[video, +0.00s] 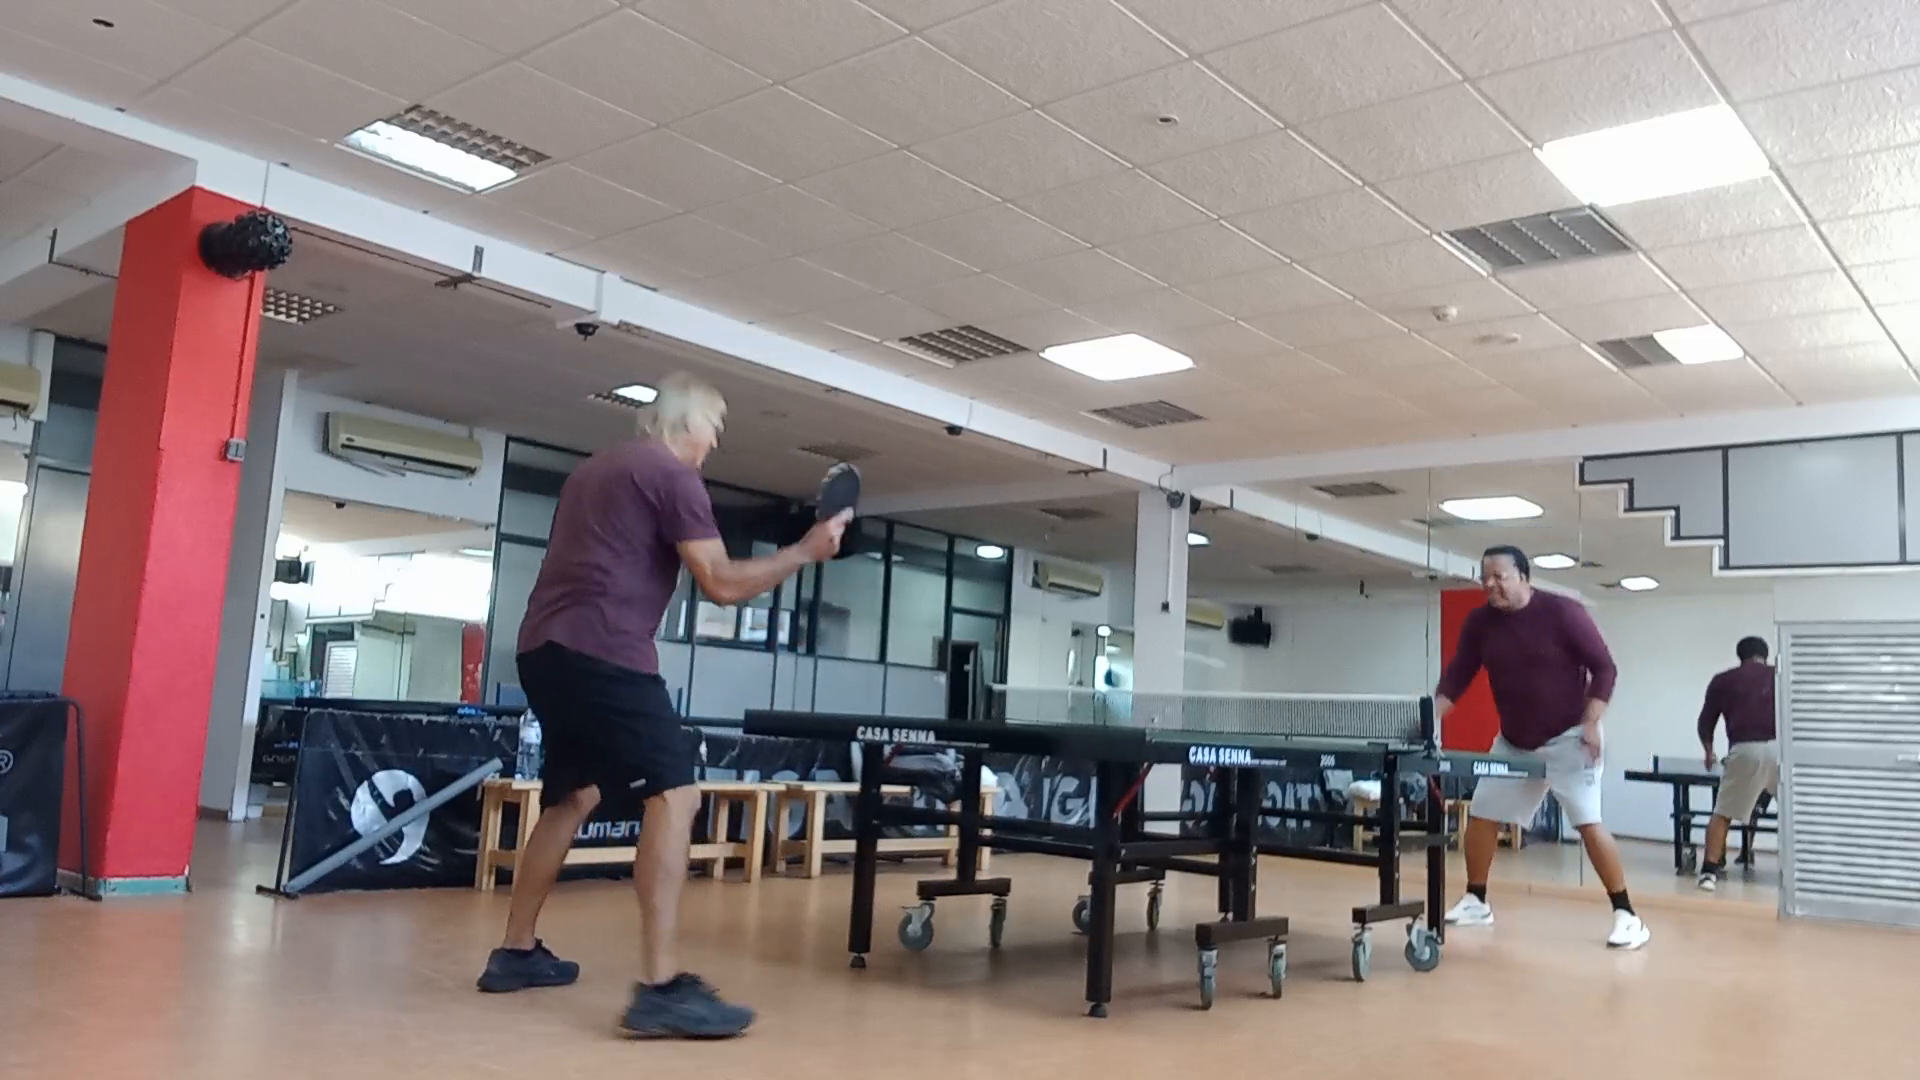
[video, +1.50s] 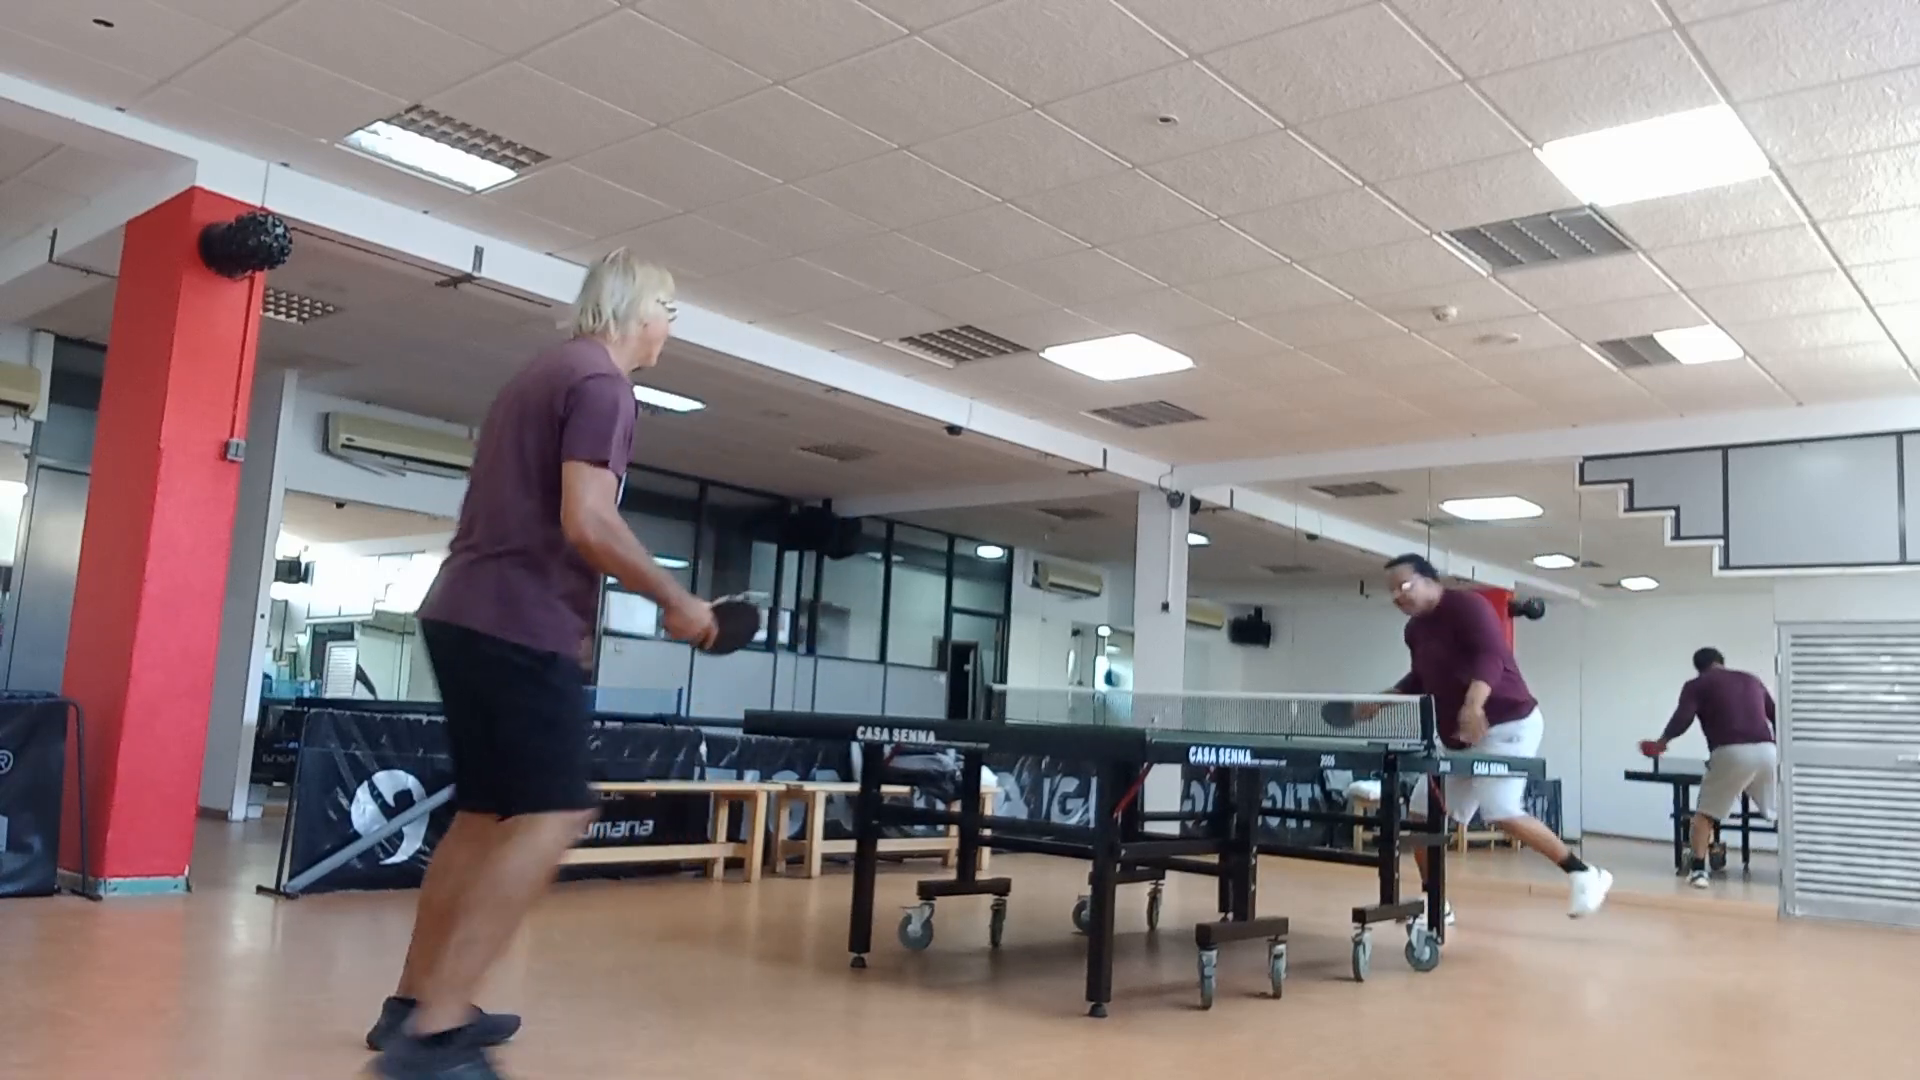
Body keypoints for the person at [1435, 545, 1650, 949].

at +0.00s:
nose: (1491, 584)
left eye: (1499, 576)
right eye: (1486, 578)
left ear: (1523, 577)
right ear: (1482, 582)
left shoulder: (1563, 612)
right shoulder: (1480, 622)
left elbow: (1605, 667)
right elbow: (1458, 675)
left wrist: (1591, 721)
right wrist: (1430, 716)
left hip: (1569, 739)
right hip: (1513, 742)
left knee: (1587, 822)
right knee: (1481, 813)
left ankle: (1626, 916)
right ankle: (1476, 902)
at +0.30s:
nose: (1505, 601)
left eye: (1512, 592)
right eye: (1497, 594)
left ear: (1531, 590)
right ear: (1489, 597)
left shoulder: (1564, 617)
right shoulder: (1483, 632)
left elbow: (1613, 657)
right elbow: (1458, 669)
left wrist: (1602, 674)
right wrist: (1488, 688)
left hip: (1578, 741)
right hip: (1521, 748)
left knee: (1596, 821)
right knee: (1478, 819)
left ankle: (1629, 919)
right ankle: (1476, 903)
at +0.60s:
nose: (1523, 577)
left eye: (1531, 569)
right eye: (1515, 570)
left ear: (1548, 573)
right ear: (1506, 576)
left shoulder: (1577, 609)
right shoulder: (1491, 608)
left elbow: (1613, 650)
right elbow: (1452, 630)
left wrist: (1644, 694)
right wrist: (1422, 648)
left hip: (1571, 736)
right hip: (1511, 738)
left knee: (1590, 820)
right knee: (1479, 819)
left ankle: (1628, 918)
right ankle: (1471, 900)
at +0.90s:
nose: (1513, 569)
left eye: (1520, 560)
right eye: (1505, 563)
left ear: (1540, 564)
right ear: (1498, 568)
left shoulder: (1575, 607)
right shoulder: (1483, 608)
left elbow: (1621, 652)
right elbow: (1447, 653)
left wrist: (1653, 709)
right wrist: (1421, 694)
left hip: (1566, 734)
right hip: (1506, 736)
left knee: (1586, 825)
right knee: (1481, 821)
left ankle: (1627, 918)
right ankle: (1471, 901)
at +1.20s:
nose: (1475, 578)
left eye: (1483, 569)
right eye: (1468, 572)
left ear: (1506, 570)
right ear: (1463, 578)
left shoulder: (1539, 610)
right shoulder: (1464, 619)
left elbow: (1570, 666)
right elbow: (1441, 666)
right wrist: (1416, 702)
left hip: (1549, 738)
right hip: (1488, 738)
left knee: (1572, 829)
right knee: (1451, 812)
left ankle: (1626, 919)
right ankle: (1437, 905)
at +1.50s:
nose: (1399, 596)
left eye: (1404, 586)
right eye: (1393, 591)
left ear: (1428, 579)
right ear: (1394, 594)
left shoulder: (1469, 605)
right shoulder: (1415, 630)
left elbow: (1491, 655)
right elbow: (1423, 678)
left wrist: (1472, 704)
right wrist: (1381, 702)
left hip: (1511, 724)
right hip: (1462, 738)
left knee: (1501, 809)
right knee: (1421, 819)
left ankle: (1583, 874)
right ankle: (1436, 905)